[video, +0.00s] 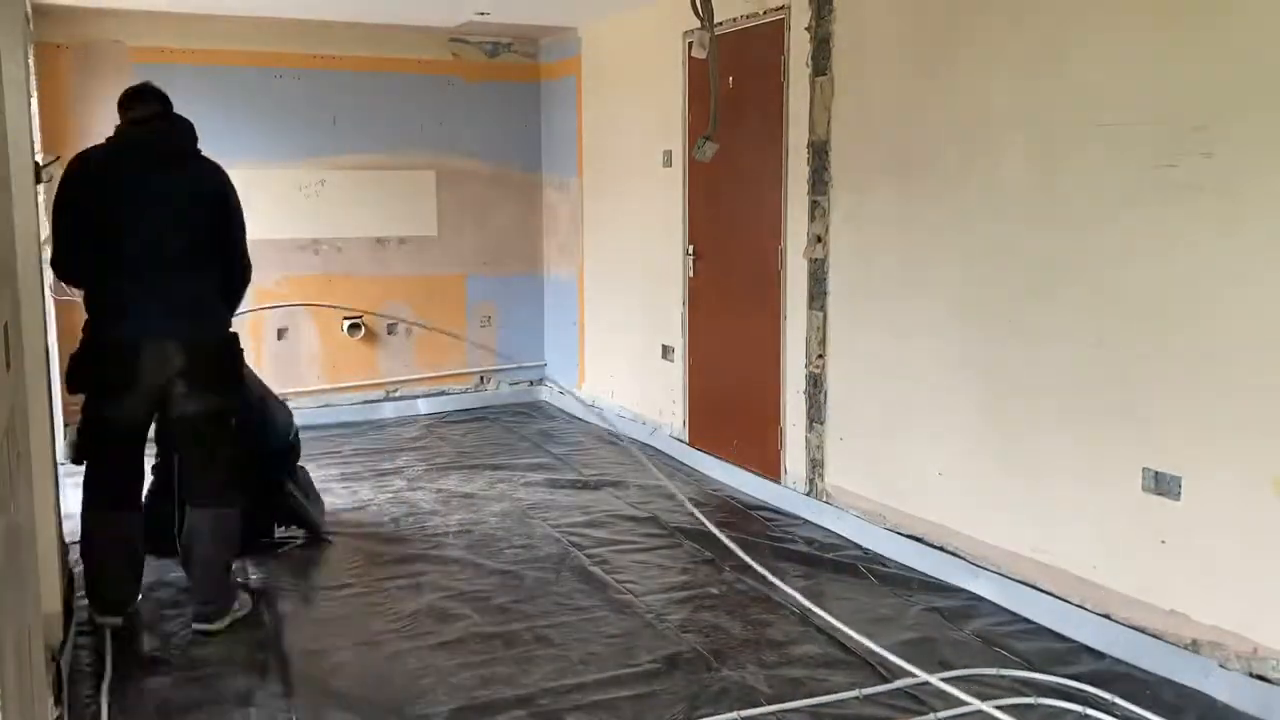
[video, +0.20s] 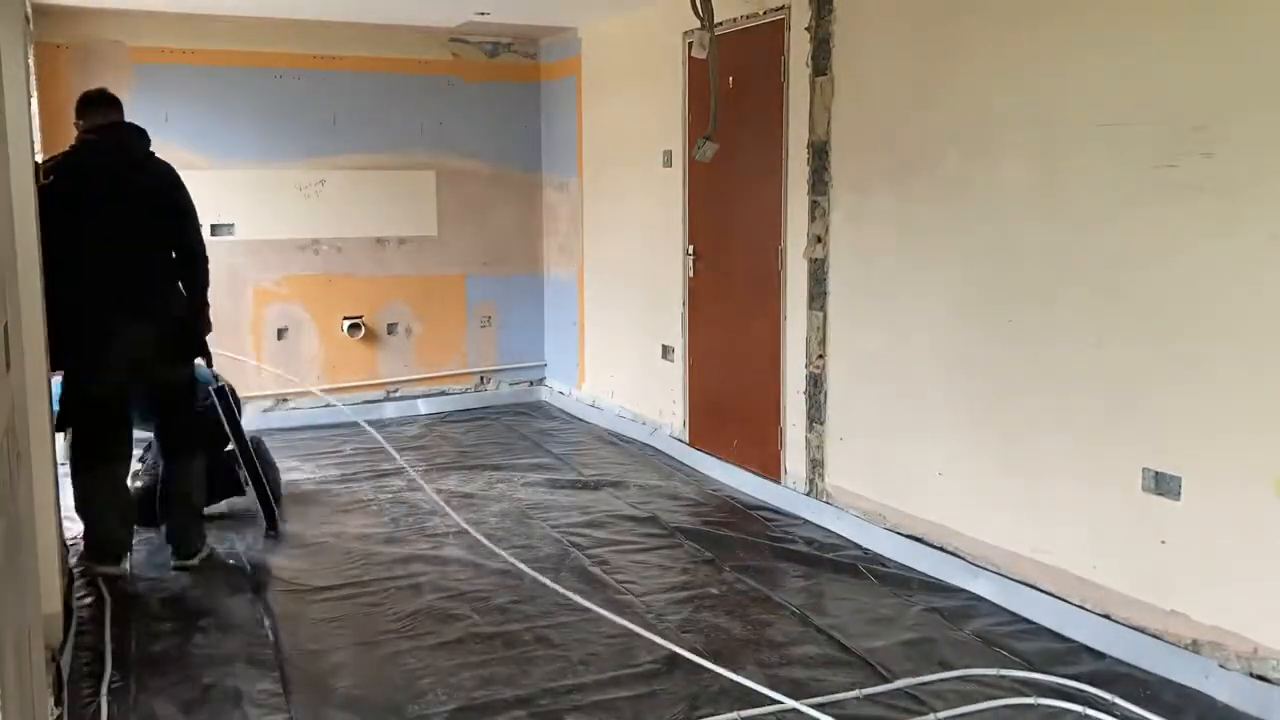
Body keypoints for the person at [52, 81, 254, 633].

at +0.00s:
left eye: (130, 116)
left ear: (122, 121)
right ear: (172, 119)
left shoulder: (87, 168)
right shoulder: (209, 174)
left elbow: (67, 262)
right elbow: (236, 267)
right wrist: (210, 317)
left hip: (119, 346)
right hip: (201, 343)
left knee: (111, 468)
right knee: (208, 465)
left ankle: (111, 601)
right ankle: (213, 602)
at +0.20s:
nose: (84, 133)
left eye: (81, 125)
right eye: (95, 122)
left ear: (79, 125)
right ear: (124, 120)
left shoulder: (57, 180)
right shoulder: (159, 174)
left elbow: (46, 267)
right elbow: (193, 252)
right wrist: (198, 315)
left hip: (90, 337)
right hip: (160, 332)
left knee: (98, 446)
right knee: (181, 432)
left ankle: (106, 549)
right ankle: (188, 541)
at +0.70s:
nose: (35, 161)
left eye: (34, 155)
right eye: (36, 156)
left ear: (41, 151)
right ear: (77, 140)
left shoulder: (45, 186)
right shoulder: (120, 184)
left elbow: (41, 265)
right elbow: (133, 249)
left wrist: (51, 308)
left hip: (84, 327)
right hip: (146, 319)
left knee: (85, 429)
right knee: (159, 422)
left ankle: (100, 528)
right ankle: (175, 527)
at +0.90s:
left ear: (27, 152)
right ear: (59, 151)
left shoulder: (14, 185)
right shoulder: (74, 191)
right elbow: (92, 249)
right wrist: (71, 281)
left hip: (17, 294)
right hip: (58, 295)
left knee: (22, 385)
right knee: (63, 386)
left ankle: (23, 481)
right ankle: (65, 478)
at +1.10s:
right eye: (108, 170)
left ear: (72, 161)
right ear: (106, 170)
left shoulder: (43, 184)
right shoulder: (111, 199)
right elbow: (116, 259)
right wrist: (114, 304)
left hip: (29, 283)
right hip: (73, 287)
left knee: (39, 373)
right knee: (74, 374)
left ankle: (32, 458)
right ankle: (69, 460)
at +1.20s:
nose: (129, 168)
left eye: (133, 162)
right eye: (131, 160)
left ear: (111, 147)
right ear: (119, 151)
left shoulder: (82, 171)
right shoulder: (88, 175)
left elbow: (99, 221)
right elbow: (82, 227)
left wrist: (122, 206)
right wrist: (120, 253)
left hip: (85, 277)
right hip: (89, 277)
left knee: (106, 361)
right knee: (105, 362)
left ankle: (89, 444)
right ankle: (87, 449)